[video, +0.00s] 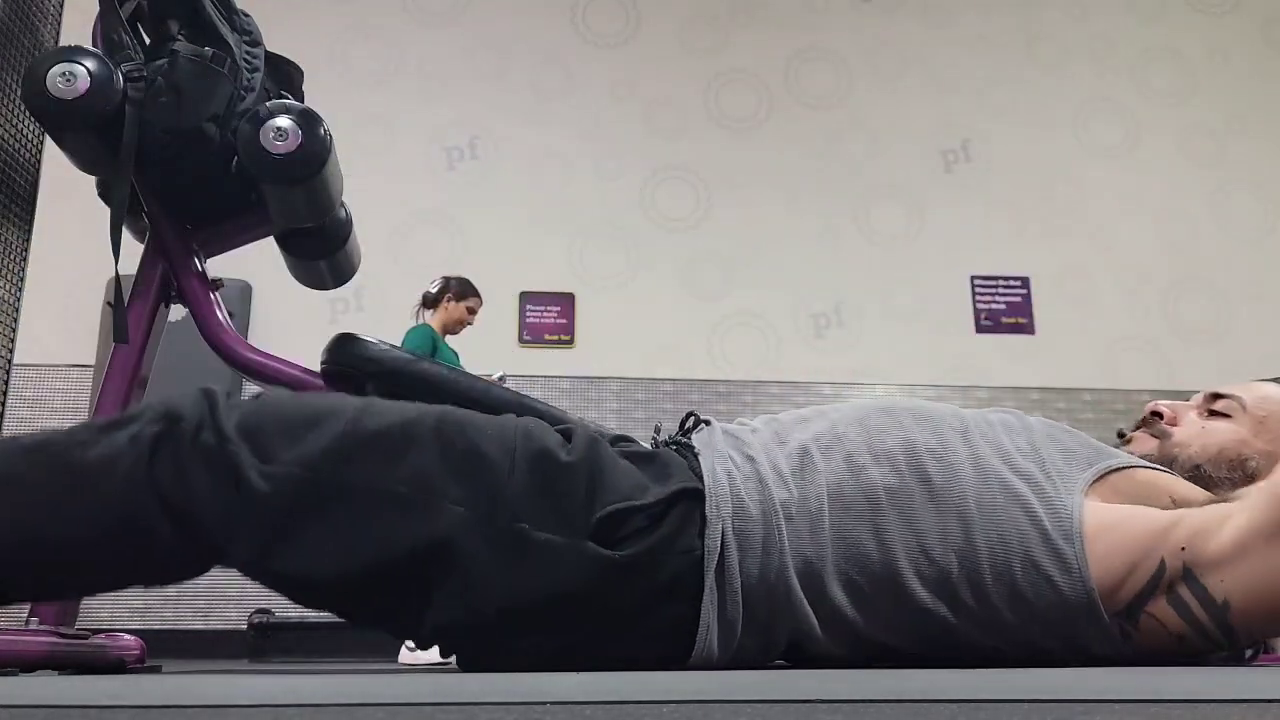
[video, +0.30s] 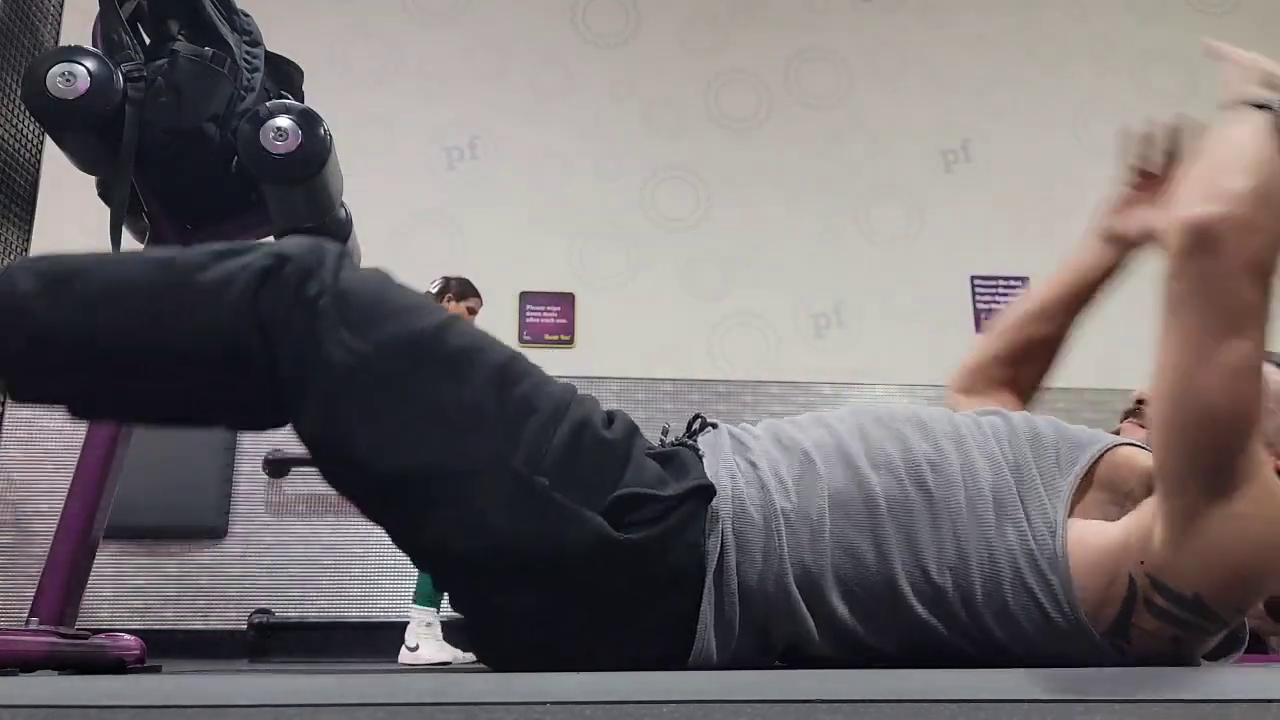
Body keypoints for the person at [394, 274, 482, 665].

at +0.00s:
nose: (471, 320)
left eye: (475, 314)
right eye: (469, 311)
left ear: (453, 306)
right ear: (447, 301)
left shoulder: (446, 350)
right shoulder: (420, 337)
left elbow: (450, 392)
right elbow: (409, 387)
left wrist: (481, 387)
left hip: (447, 454)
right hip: (423, 454)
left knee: (445, 548)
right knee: (430, 548)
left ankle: (438, 639)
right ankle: (416, 640)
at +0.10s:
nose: (471, 321)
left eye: (475, 314)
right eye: (470, 311)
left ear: (452, 305)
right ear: (448, 301)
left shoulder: (443, 348)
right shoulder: (421, 336)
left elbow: (445, 392)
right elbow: (407, 390)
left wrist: (481, 387)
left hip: (443, 459)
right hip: (423, 459)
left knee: (440, 549)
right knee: (431, 549)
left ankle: (431, 638)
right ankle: (418, 638)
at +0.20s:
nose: (471, 321)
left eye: (474, 314)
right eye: (469, 311)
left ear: (450, 304)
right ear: (447, 301)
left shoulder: (433, 344)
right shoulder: (421, 343)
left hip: (434, 466)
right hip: (420, 467)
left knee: (434, 546)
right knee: (428, 545)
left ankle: (429, 634)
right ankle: (421, 636)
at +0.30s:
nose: (474, 321)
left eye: (477, 313)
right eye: (471, 311)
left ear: (453, 305)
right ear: (447, 302)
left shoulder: (443, 352)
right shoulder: (427, 351)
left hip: (435, 463)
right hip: (427, 465)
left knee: (439, 533)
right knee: (434, 533)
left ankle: (427, 633)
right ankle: (422, 634)